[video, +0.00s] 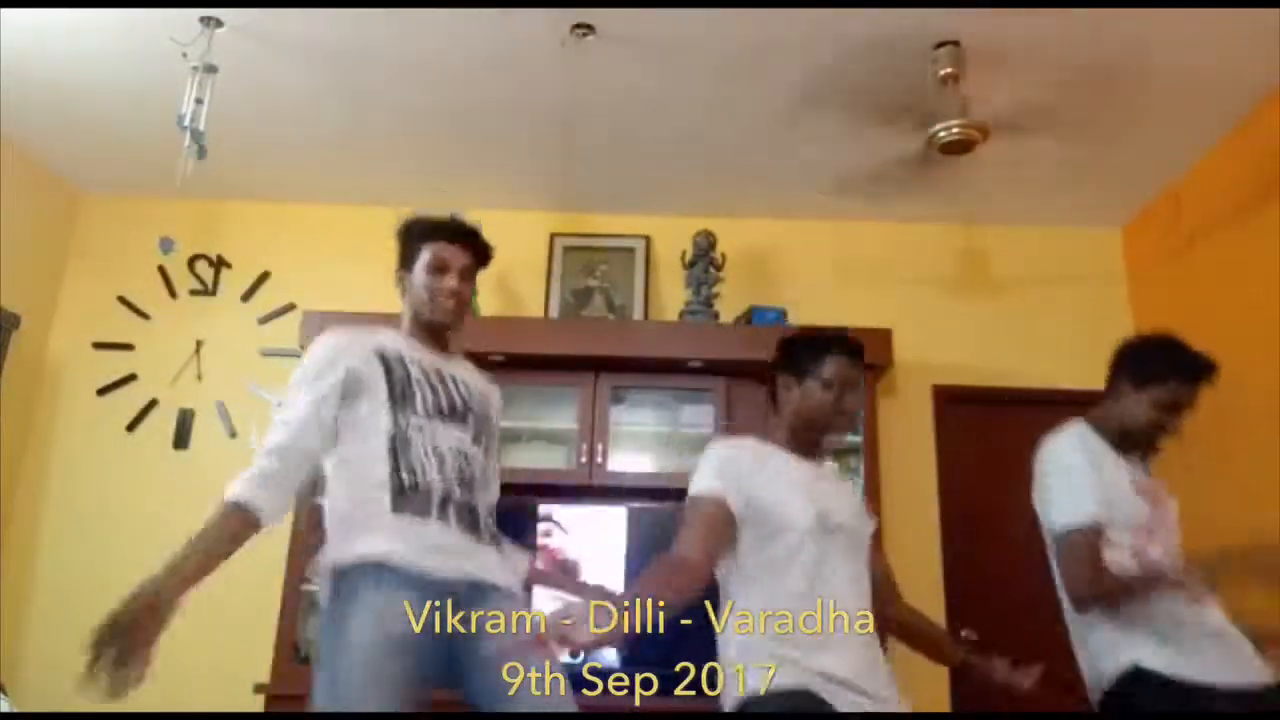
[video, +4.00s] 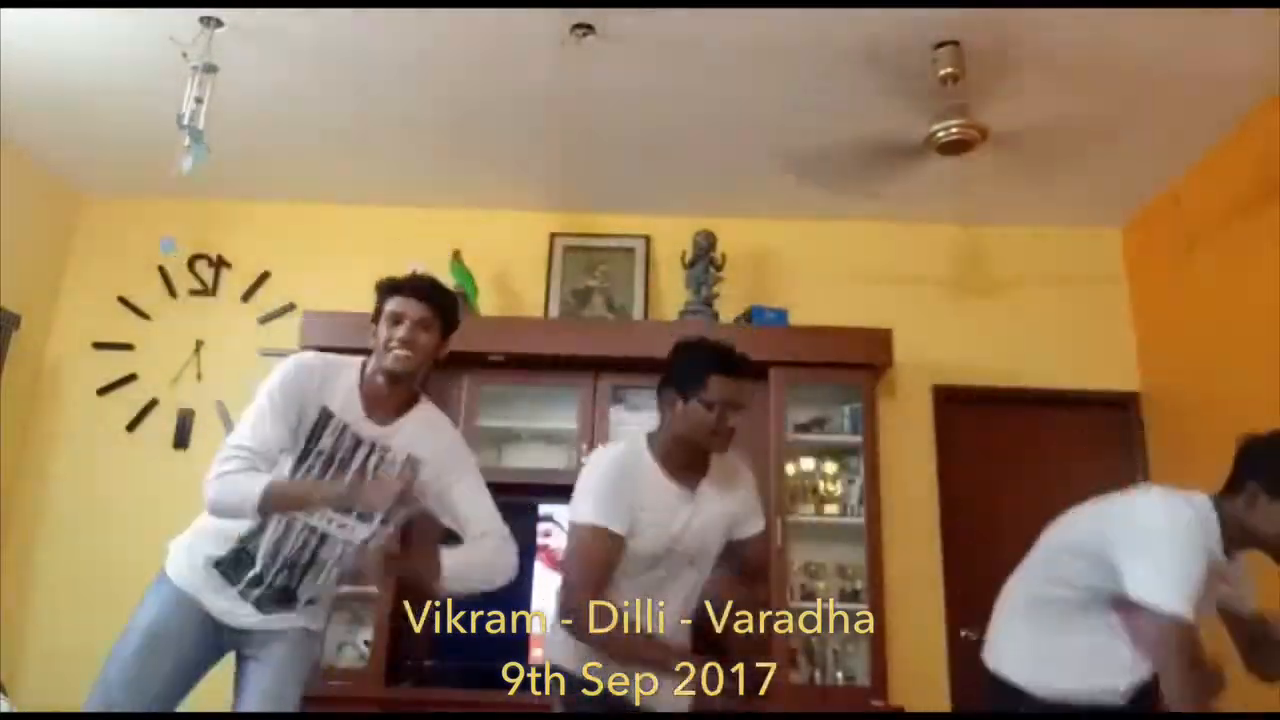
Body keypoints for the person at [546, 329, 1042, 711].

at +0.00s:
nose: (842, 402)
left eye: (849, 390)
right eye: (829, 386)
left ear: (853, 399)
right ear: (784, 388)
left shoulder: (848, 495)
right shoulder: (733, 459)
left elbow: (889, 610)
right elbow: (690, 562)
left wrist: (979, 664)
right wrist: (607, 622)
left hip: (868, 691)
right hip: (779, 683)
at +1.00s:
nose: (604, 400)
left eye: (619, 387)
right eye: (605, 386)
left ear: (671, 393)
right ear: (647, 395)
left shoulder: (734, 462)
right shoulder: (611, 487)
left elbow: (801, 570)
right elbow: (526, 561)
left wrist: (908, 567)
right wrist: (434, 570)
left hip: (698, 695)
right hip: (600, 694)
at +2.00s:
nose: (718, 399)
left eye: (734, 389)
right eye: (708, 385)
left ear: (751, 401)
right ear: (688, 390)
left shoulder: (770, 469)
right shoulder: (645, 463)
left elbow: (868, 398)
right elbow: (587, 422)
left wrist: (774, 374)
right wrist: (662, 359)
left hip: (768, 695)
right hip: (659, 692)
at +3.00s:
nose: (714, 389)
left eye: (730, 382)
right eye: (706, 378)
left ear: (755, 399)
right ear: (692, 390)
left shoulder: (781, 465)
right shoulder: (647, 452)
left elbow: (892, 404)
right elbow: (570, 360)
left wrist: (787, 380)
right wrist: (543, 247)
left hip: (761, 689)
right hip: (655, 687)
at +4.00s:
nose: (729, 423)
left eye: (735, 410)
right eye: (716, 408)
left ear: (743, 409)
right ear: (674, 402)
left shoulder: (734, 478)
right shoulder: (612, 471)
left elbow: (757, 585)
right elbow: (578, 610)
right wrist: (680, 663)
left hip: (671, 684)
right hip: (590, 678)